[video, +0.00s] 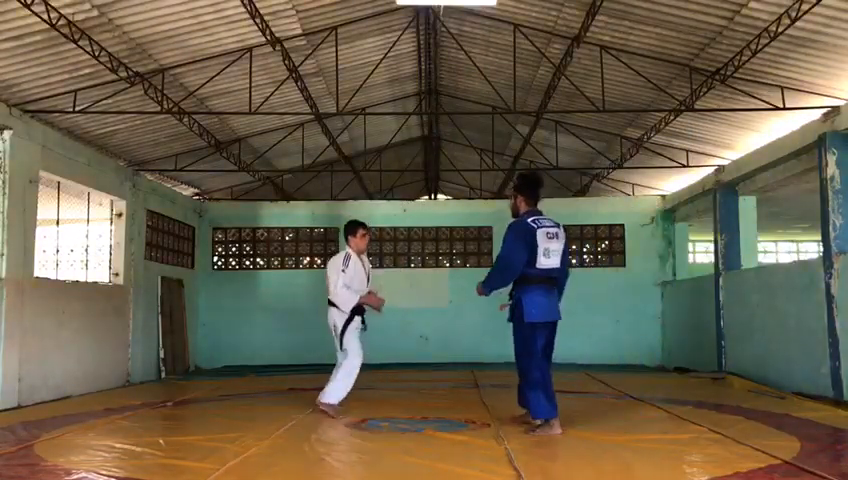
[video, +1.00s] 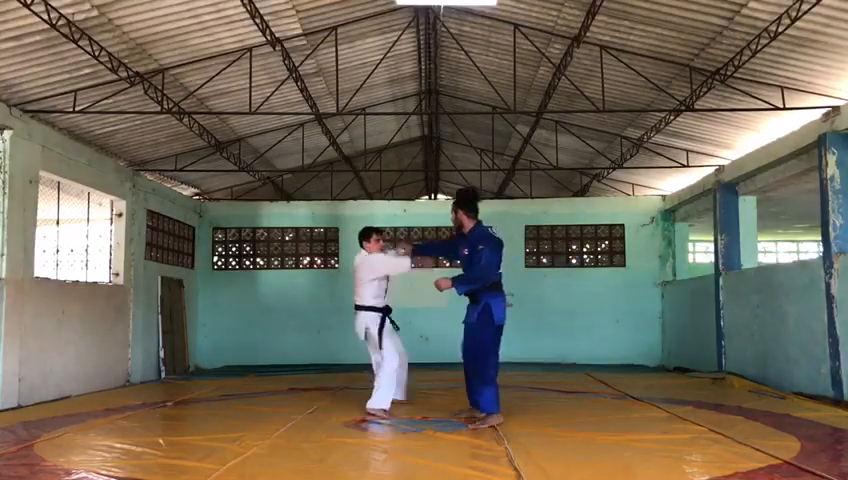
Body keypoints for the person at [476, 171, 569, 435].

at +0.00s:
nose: (512, 202)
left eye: (513, 197)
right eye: (513, 197)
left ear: (520, 199)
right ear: (536, 199)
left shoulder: (519, 227)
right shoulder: (556, 228)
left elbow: (510, 264)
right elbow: (562, 269)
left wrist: (486, 285)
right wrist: (553, 297)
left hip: (528, 300)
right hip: (550, 299)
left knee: (529, 360)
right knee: (542, 358)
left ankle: (549, 420)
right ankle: (537, 411)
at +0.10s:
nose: (505, 205)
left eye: (506, 200)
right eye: (506, 200)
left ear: (513, 201)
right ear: (530, 201)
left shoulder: (515, 230)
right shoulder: (547, 230)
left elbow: (508, 269)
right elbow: (550, 272)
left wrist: (483, 283)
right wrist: (534, 295)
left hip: (522, 303)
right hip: (543, 302)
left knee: (518, 360)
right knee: (532, 359)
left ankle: (546, 414)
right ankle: (532, 410)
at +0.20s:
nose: (499, 206)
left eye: (501, 202)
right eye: (500, 202)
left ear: (508, 203)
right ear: (522, 204)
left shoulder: (511, 232)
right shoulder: (536, 231)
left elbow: (508, 270)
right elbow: (533, 274)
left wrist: (480, 282)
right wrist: (505, 295)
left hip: (517, 305)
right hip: (536, 304)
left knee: (500, 354)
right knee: (526, 356)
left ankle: (533, 402)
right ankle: (529, 410)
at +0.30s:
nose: (494, 206)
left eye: (495, 201)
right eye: (495, 201)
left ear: (503, 203)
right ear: (515, 204)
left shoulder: (509, 231)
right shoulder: (528, 228)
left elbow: (508, 268)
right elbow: (524, 269)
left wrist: (480, 281)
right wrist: (490, 278)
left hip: (512, 300)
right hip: (530, 298)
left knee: (490, 350)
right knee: (523, 354)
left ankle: (518, 404)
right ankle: (531, 411)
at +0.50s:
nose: (480, 208)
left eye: (482, 204)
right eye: (481, 203)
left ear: (489, 206)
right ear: (500, 205)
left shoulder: (499, 231)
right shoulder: (512, 229)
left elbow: (500, 270)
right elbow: (489, 262)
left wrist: (473, 283)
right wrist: (457, 260)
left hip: (501, 302)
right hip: (515, 299)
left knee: (490, 356)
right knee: (510, 356)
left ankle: (493, 414)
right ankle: (528, 407)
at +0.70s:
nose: (468, 211)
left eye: (469, 207)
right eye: (468, 207)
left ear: (477, 208)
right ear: (487, 207)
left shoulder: (492, 232)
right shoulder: (492, 230)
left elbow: (491, 269)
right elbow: (473, 259)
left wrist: (463, 285)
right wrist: (445, 256)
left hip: (496, 299)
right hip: (499, 296)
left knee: (486, 350)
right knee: (491, 348)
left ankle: (493, 414)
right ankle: (502, 394)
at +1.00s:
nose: (453, 218)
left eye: (454, 213)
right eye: (454, 214)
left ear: (461, 214)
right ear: (470, 213)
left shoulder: (488, 240)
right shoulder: (465, 239)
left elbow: (485, 274)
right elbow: (442, 249)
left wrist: (454, 282)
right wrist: (413, 250)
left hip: (490, 302)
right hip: (476, 302)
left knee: (483, 354)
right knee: (471, 353)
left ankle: (492, 412)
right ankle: (478, 406)